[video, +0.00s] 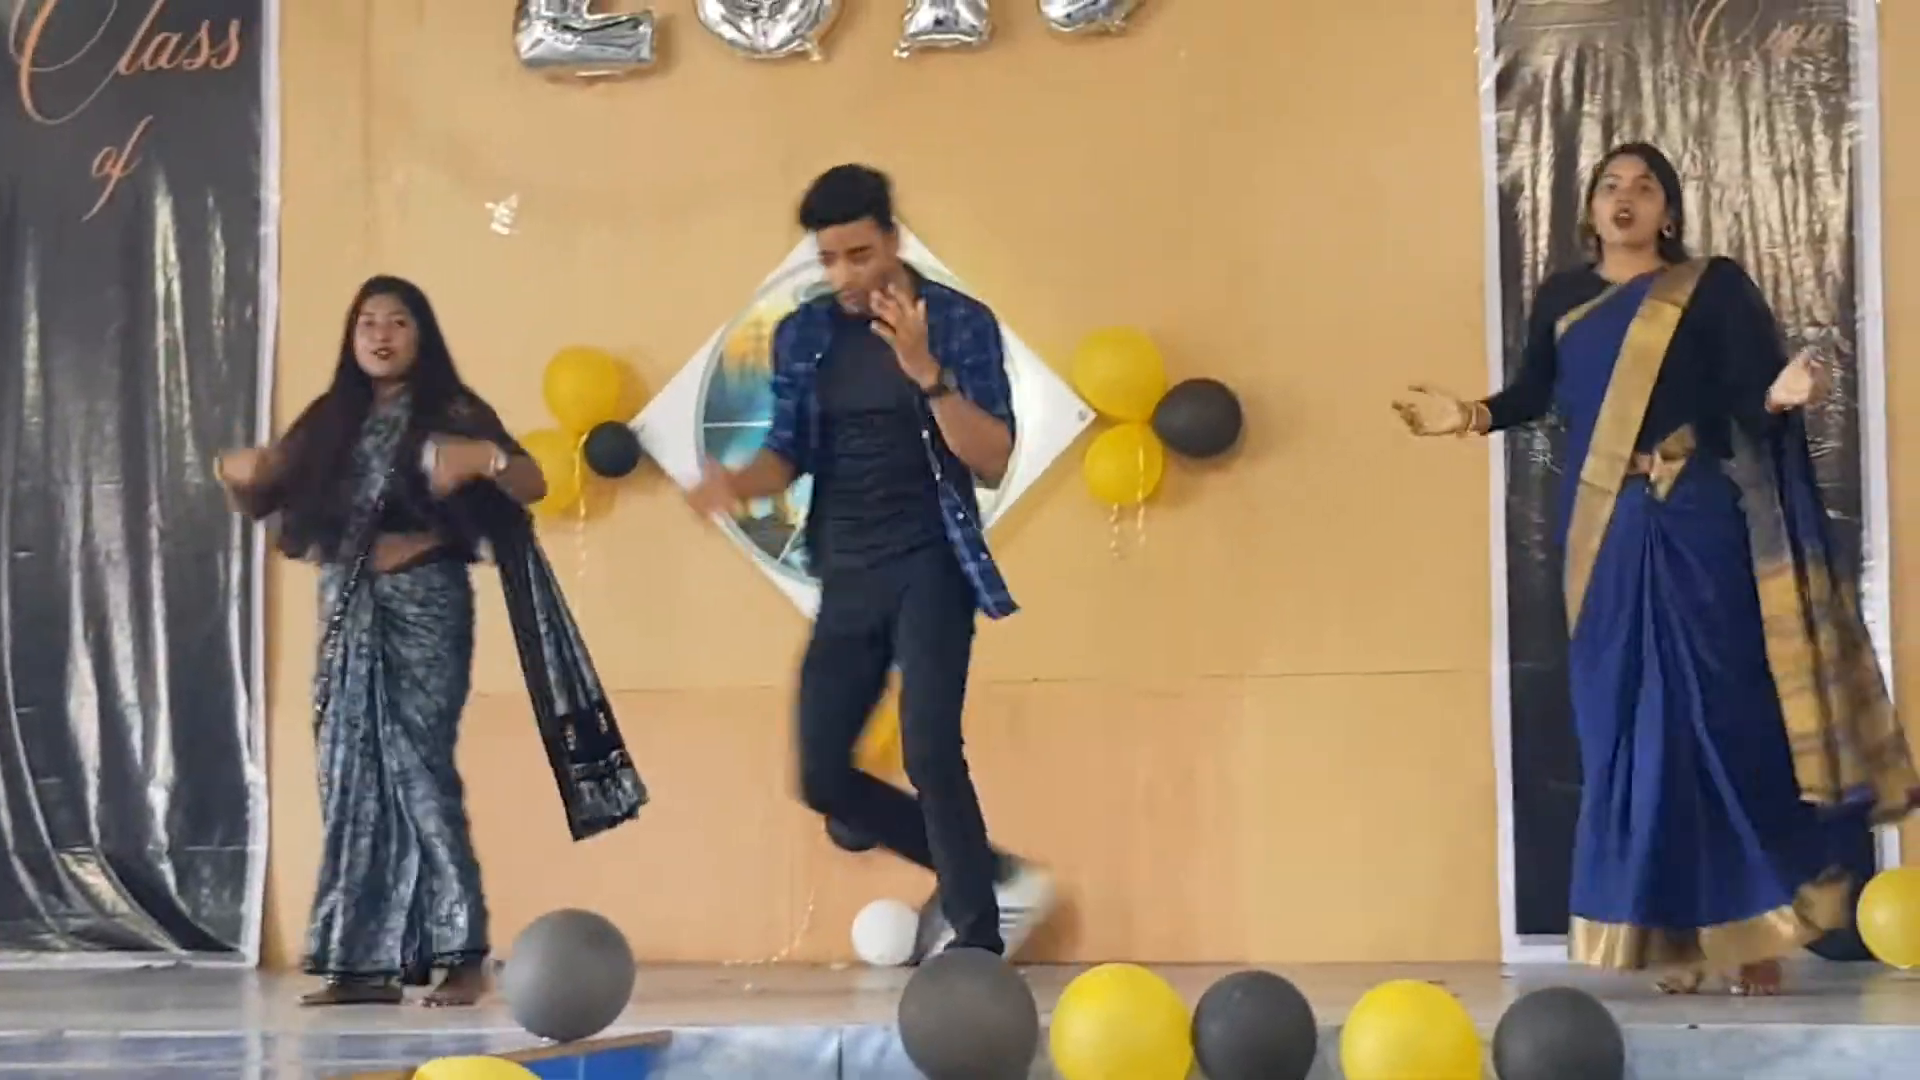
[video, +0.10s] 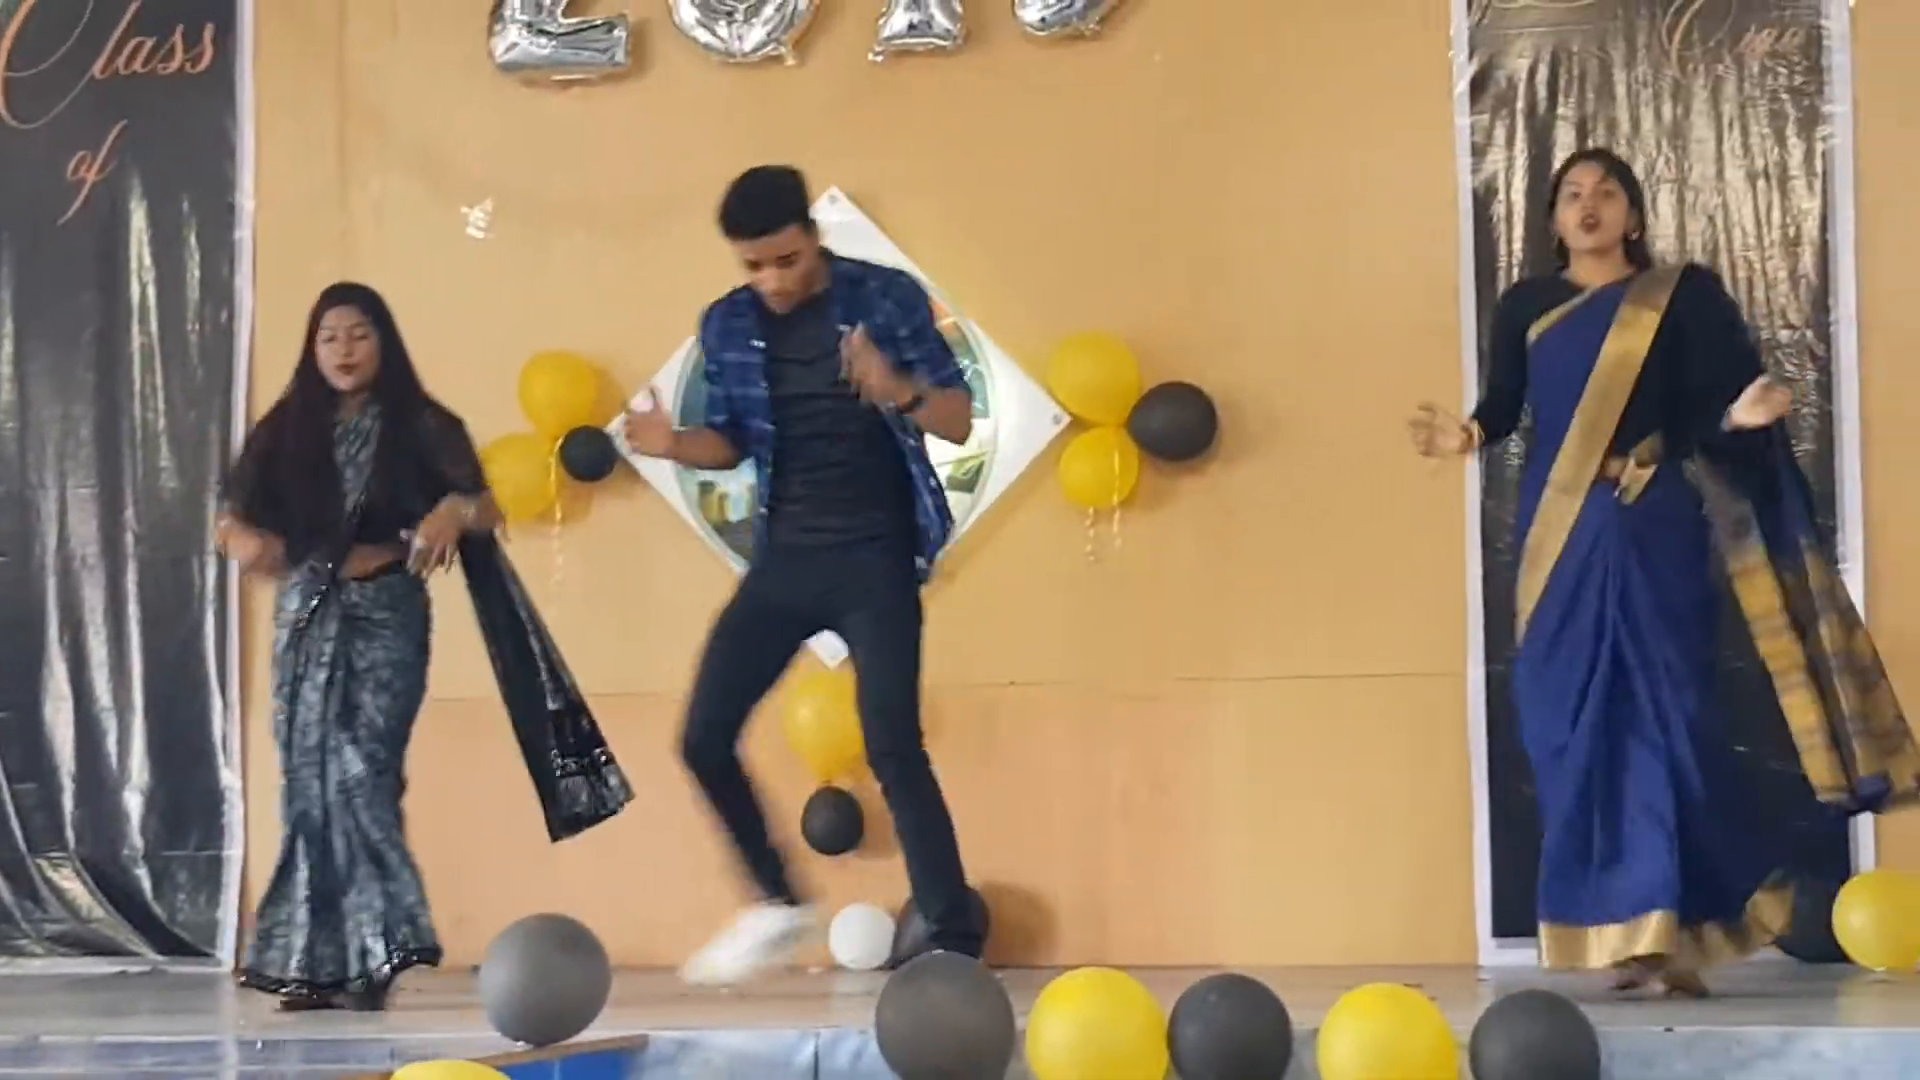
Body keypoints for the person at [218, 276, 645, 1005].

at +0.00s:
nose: (380, 335)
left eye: (396, 324)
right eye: (368, 324)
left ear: (423, 336)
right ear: (351, 336)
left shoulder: (456, 413)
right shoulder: (331, 419)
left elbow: (532, 485)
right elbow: (272, 504)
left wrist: (485, 459)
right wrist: (246, 482)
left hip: (428, 606)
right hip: (349, 609)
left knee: (419, 768)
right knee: (350, 774)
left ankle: (460, 951)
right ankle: (367, 962)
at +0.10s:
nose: (344, 349)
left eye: (358, 335)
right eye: (330, 337)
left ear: (384, 343)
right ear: (312, 348)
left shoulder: (425, 425)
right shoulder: (283, 428)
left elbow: (483, 507)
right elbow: (232, 518)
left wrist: (456, 509)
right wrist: (251, 544)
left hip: (386, 612)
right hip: (305, 613)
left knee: (360, 776)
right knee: (309, 782)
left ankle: (377, 949)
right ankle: (320, 962)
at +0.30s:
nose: (274, 364)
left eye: (286, 348)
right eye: (261, 352)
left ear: (317, 351)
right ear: (247, 362)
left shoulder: (368, 440)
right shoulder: (231, 438)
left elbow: (396, 544)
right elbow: (195, 545)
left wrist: (443, 512)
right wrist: (233, 508)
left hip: (330, 633)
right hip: (247, 630)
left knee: (318, 790)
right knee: (234, 785)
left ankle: (314, 964)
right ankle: (218, 959)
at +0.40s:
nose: (232, 346)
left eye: (245, 330)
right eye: (218, 334)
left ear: (278, 331)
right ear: (206, 341)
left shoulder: (328, 408)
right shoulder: (196, 417)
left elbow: (386, 501)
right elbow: (157, 514)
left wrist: (439, 462)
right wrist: (211, 449)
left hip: (299, 614)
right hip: (213, 613)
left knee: (300, 773)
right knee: (178, 762)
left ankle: (328, 955)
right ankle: (151, 930)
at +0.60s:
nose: (159, 367)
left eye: (172, 353)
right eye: (144, 356)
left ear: (198, 358)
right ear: (126, 366)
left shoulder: (238, 426)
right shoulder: (114, 437)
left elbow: (326, 479)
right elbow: (108, 519)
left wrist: (389, 451)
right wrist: (200, 482)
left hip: (234, 623)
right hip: (146, 630)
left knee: (263, 772)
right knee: (119, 774)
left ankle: (317, 941)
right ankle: (89, 949)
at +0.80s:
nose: (113, 354)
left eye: (128, 341)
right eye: (100, 342)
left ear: (153, 349)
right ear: (83, 352)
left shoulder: (191, 420)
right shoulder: (59, 429)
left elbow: (280, 466)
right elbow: (60, 506)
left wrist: (356, 442)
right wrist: (166, 482)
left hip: (183, 627)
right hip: (91, 631)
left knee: (195, 769)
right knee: (80, 774)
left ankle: (223, 917)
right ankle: (83, 934)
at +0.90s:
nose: (102, 352)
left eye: (118, 339)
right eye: (90, 340)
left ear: (145, 350)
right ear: (72, 353)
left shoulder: (184, 424)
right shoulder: (53, 432)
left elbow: (259, 499)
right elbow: (40, 529)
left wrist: (309, 465)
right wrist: (127, 487)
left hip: (170, 624)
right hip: (83, 628)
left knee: (160, 772)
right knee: (74, 773)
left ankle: (153, 934)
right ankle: (74, 937)